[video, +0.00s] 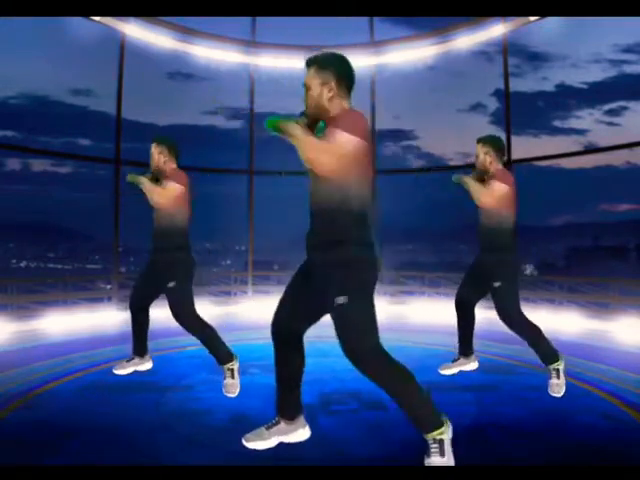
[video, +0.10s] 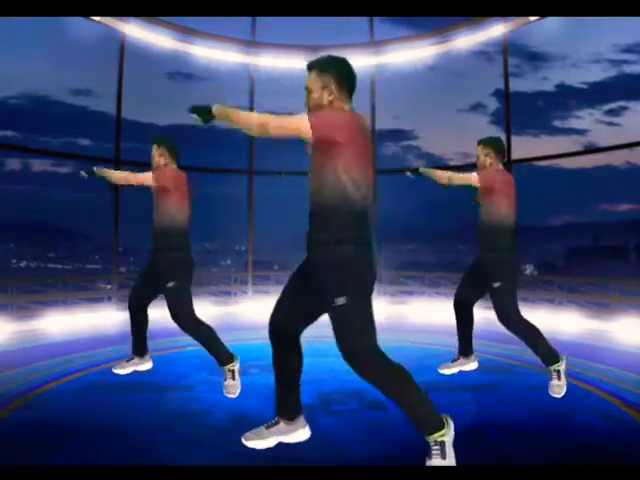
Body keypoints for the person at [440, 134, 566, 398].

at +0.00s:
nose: (479, 160)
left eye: (483, 155)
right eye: (478, 155)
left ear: (496, 157)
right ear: (482, 158)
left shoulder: (502, 183)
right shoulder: (489, 180)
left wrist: (468, 181)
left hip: (503, 259)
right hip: (486, 257)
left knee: (510, 315)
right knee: (464, 301)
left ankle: (554, 362)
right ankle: (466, 356)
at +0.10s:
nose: (479, 161)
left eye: (482, 156)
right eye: (478, 157)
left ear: (494, 157)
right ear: (492, 158)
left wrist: (423, 171)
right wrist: (427, 171)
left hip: (500, 260)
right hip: (489, 258)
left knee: (509, 317)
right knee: (462, 301)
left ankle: (555, 362)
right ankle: (465, 357)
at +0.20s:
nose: (475, 161)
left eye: (477, 156)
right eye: (475, 156)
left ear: (489, 156)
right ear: (490, 156)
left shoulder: (498, 176)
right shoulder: (495, 178)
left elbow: (465, 187)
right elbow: (482, 202)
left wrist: (445, 177)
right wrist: (461, 185)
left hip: (501, 258)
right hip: (489, 257)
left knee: (513, 315)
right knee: (463, 302)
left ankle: (553, 364)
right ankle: (466, 357)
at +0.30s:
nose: (473, 161)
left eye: (476, 156)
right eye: (473, 157)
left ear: (490, 155)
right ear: (484, 157)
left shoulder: (509, 178)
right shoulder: (483, 182)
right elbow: (475, 208)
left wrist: (479, 185)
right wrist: (473, 189)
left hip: (508, 259)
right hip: (487, 258)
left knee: (521, 314)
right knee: (466, 303)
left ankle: (551, 367)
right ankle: (466, 357)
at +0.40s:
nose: (477, 161)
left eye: (481, 156)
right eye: (476, 156)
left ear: (495, 156)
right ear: (483, 158)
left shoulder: (518, 180)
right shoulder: (481, 183)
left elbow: (518, 209)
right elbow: (472, 214)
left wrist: (492, 184)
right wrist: (466, 194)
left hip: (516, 261)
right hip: (490, 260)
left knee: (529, 316)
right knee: (468, 305)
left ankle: (552, 370)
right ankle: (467, 357)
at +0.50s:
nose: (482, 160)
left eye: (486, 155)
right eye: (481, 156)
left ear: (501, 155)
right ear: (488, 158)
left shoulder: (524, 178)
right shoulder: (489, 186)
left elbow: (528, 209)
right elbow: (476, 215)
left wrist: (502, 183)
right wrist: (468, 194)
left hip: (521, 259)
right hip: (495, 258)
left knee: (533, 316)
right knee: (472, 304)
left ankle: (553, 370)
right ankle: (467, 357)